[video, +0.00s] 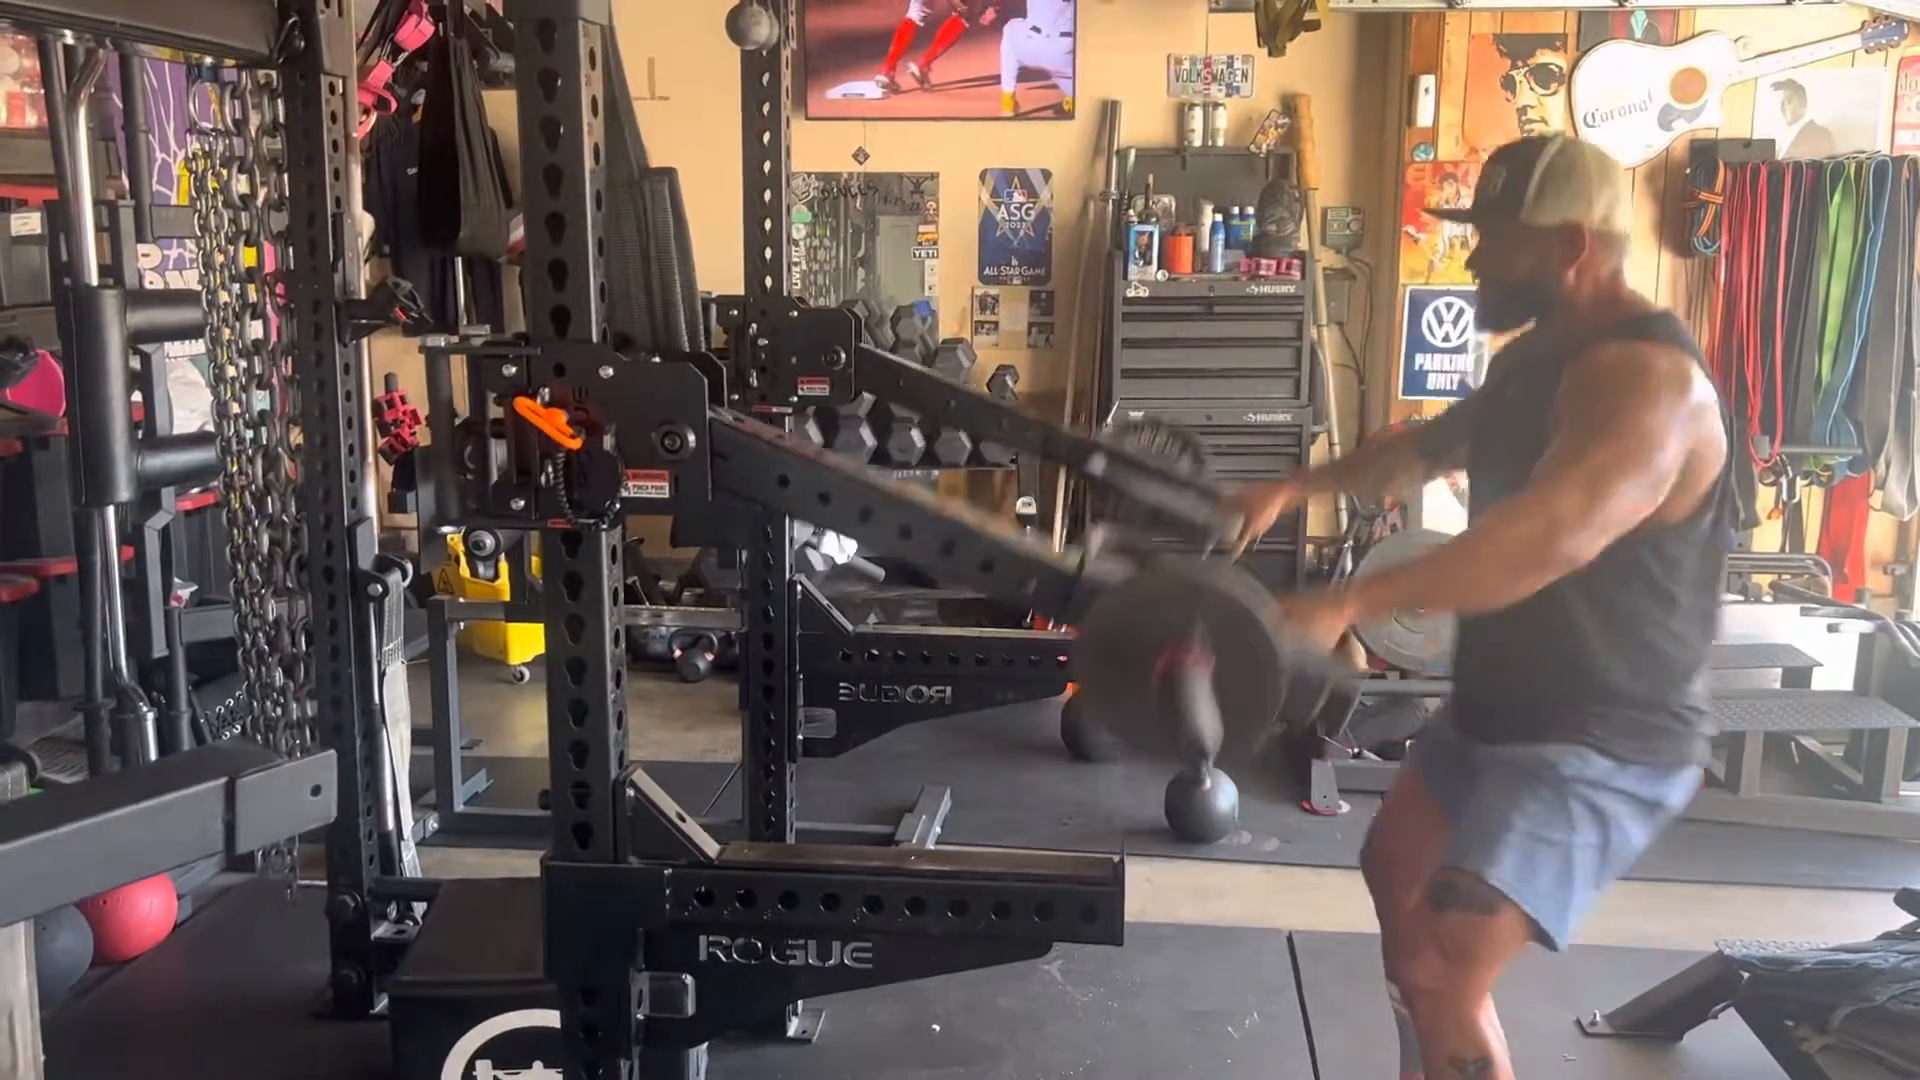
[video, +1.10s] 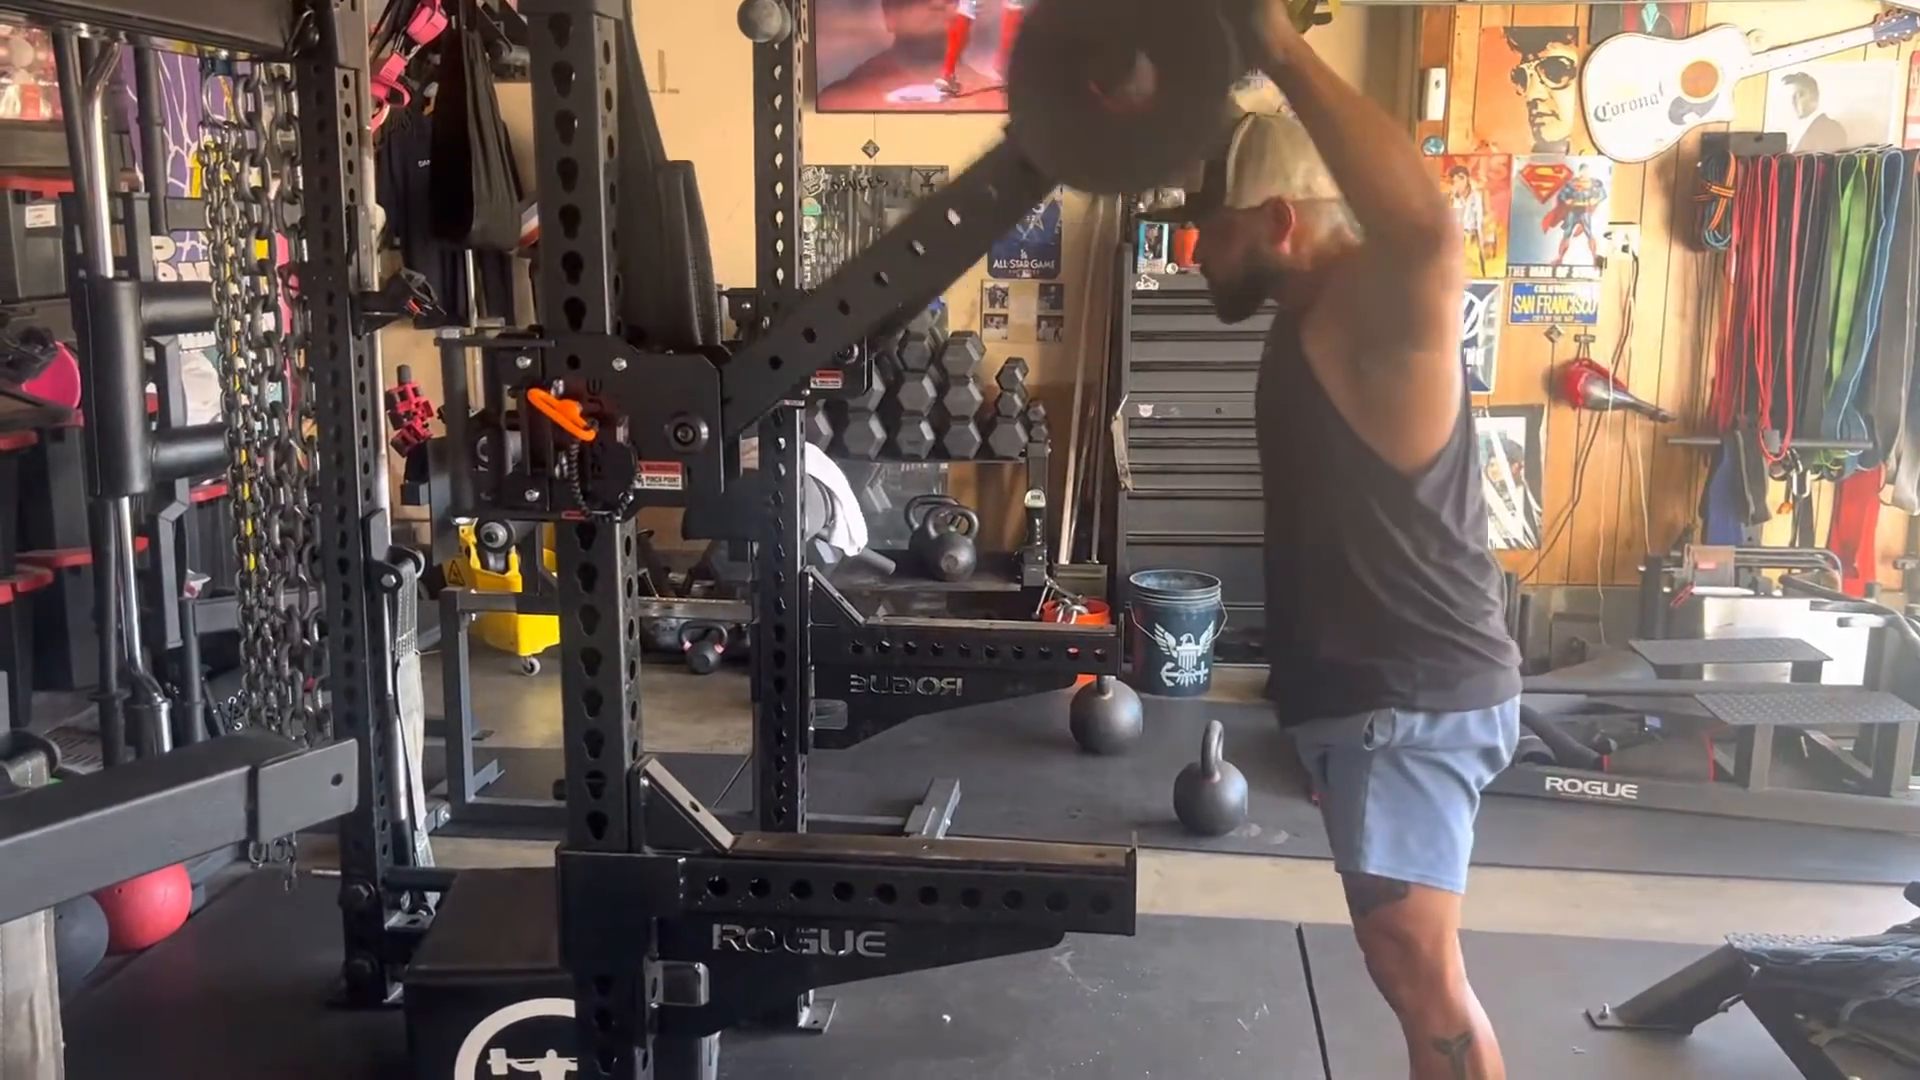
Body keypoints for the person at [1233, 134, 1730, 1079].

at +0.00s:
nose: (1474, 256)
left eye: (1492, 234)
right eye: (1476, 234)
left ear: (1572, 249)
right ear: (1567, 253)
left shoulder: (1647, 378)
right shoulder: (1533, 360)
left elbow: (1554, 535)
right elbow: (1422, 452)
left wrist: (1355, 602)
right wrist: (1294, 487)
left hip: (1602, 737)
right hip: (1496, 706)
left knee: (1441, 971)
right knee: (1395, 866)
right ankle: (1435, 1060)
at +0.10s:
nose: (1456, 224)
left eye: (1471, 200)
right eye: (1458, 201)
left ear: (1548, 206)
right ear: (1538, 209)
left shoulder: (1628, 330)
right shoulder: (1514, 324)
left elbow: (1649, 440)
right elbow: (1435, 369)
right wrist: (1334, 352)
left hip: (1504, 697)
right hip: (1424, 674)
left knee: (1433, 973)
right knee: (1402, 936)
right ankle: (1432, 1067)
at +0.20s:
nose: (1391, 223)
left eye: (1410, 202)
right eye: (1387, 200)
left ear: (1471, 198)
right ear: (1403, 194)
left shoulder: (1549, 308)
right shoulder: (1444, 298)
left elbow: (1619, 390)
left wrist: (1411, 312)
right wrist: (1286, 268)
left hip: (1447, 703)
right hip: (1387, 688)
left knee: (1418, 972)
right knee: (1408, 963)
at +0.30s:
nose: (1316, 217)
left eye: (1324, 197)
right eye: (1313, 199)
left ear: (1345, 201)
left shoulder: (1428, 301)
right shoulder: (1363, 306)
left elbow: (1519, 330)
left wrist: (1355, 197)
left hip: (1415, 704)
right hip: (1378, 695)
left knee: (1418, 978)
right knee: (1409, 968)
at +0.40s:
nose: (1214, 265)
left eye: (1216, 241)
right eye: (1207, 249)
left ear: (1268, 211)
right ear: (1281, 214)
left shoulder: (1377, 294)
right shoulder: (1316, 310)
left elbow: (1406, 236)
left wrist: (1259, 68)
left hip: (1408, 701)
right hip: (1367, 695)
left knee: (1423, 970)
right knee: (1412, 963)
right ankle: (1439, 1072)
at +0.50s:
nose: (1177, 253)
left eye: (1193, 228)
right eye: (1179, 230)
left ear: (1250, 221)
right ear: (1248, 227)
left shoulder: (1332, 290)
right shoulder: (1277, 304)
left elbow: (1311, 167)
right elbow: (1212, 196)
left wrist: (1189, 8)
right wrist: (1166, 98)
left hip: (1402, 696)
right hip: (1366, 692)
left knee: (1424, 971)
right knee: (1413, 962)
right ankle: (1438, 1069)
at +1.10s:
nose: (1194, 250)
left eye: (1208, 220)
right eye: (1195, 222)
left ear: (1279, 218)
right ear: (1285, 218)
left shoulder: (1380, 299)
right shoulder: (1313, 313)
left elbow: (1425, 221)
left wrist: (1282, 46)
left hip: (1412, 696)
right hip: (1367, 690)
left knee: (1419, 968)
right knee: (1411, 964)